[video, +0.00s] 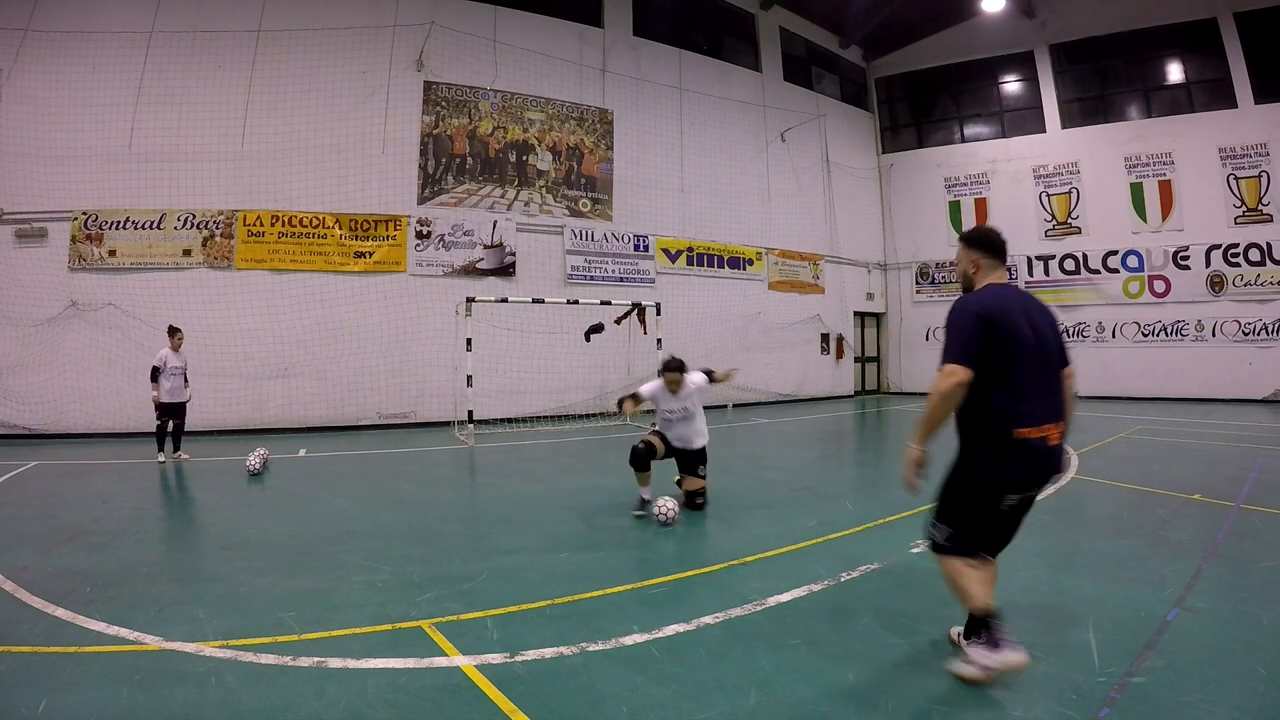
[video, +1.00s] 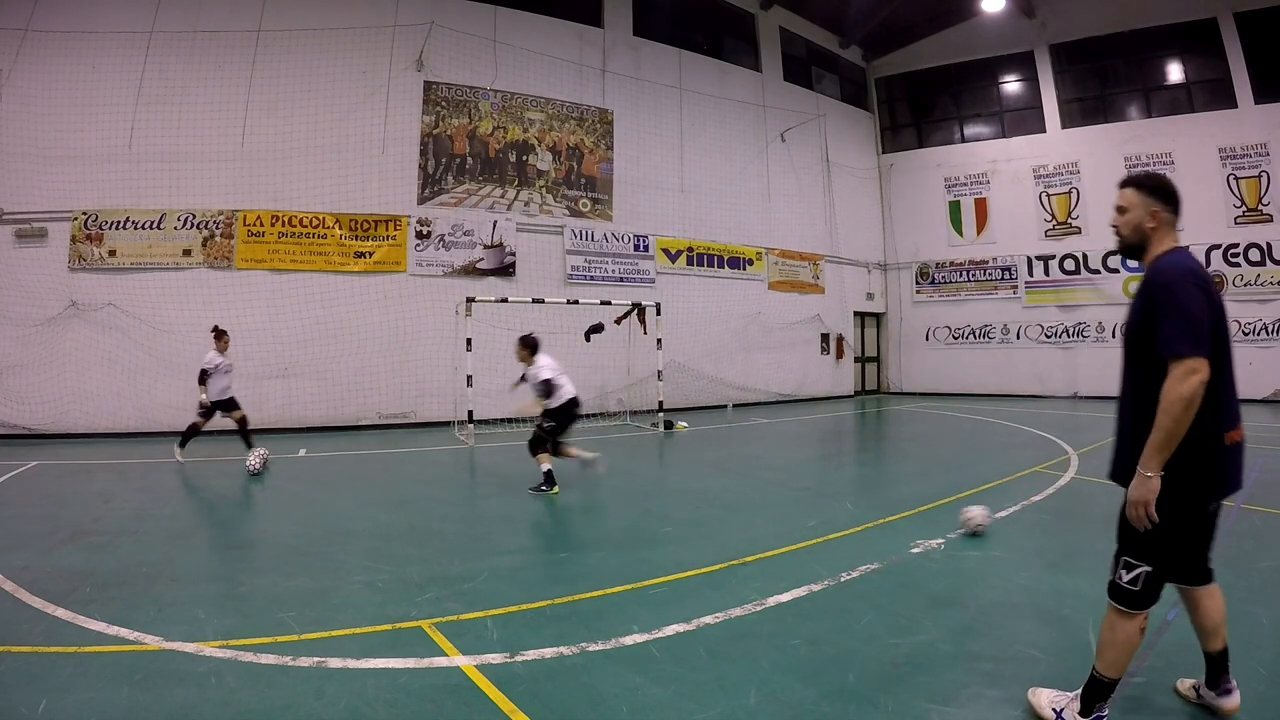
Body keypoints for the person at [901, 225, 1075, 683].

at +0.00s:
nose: (957, 268)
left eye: (959, 261)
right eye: (958, 260)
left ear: (972, 261)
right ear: (1003, 261)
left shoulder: (970, 309)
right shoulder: (1036, 307)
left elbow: (954, 380)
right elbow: (1065, 380)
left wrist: (919, 441)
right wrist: (1056, 437)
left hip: (993, 452)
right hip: (1041, 451)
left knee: (947, 542)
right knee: (983, 544)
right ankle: (976, 631)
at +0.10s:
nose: (966, 258)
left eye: (969, 250)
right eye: (967, 250)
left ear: (985, 252)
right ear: (1012, 253)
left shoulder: (985, 302)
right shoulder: (1051, 297)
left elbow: (981, 378)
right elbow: (1085, 365)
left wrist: (955, 450)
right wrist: (1092, 429)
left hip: (1015, 450)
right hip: (1065, 446)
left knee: (1000, 560)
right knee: (1001, 545)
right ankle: (977, 637)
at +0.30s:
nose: (994, 247)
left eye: (999, 238)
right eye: (997, 237)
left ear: (1019, 241)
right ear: (1040, 242)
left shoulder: (1033, 294)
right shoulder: (1078, 286)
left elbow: (1044, 383)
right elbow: (1116, 362)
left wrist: (1019, 466)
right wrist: (1130, 435)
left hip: (1072, 458)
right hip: (1104, 451)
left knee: (1068, 584)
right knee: (1034, 546)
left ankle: (1088, 704)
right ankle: (993, 638)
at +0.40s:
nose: (1012, 235)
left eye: (1017, 226)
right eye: (1013, 226)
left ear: (1040, 228)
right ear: (1053, 229)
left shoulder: (1062, 283)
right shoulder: (1077, 276)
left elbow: (1074, 373)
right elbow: (1090, 372)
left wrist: (1055, 464)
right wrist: (1071, 457)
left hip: (1102, 453)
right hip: (1104, 447)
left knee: (1082, 578)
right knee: (1052, 545)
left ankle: (1088, 704)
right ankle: (1030, 648)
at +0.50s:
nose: (1029, 227)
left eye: (1035, 217)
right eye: (1030, 217)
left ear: (1060, 218)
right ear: (1070, 219)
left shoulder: (1084, 271)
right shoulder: (1084, 267)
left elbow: (1104, 364)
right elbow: (1103, 364)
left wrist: (1090, 459)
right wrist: (1085, 454)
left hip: (1118, 455)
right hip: (1109, 450)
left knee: (1098, 579)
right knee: (1072, 550)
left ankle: (1091, 704)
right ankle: (1085, 658)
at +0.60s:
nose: (1042, 220)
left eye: (1049, 209)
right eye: (1044, 210)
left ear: (1080, 212)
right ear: (1086, 214)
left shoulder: (1100, 268)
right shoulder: (1110, 262)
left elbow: (1129, 358)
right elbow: (1123, 362)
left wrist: (1119, 458)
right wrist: (1100, 452)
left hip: (1122, 457)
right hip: (1126, 451)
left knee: (1105, 578)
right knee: (1110, 556)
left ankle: (1090, 704)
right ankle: (1147, 659)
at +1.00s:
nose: (1114, 221)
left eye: (1123, 211)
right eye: (1115, 211)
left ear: (1157, 216)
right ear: (1158, 219)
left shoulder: (1170, 279)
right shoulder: (1181, 274)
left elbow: (1190, 375)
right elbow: (1192, 378)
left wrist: (1149, 469)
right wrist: (1152, 462)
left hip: (1168, 473)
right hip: (1197, 467)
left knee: (1128, 595)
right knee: (1194, 576)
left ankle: (1089, 706)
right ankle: (1219, 686)